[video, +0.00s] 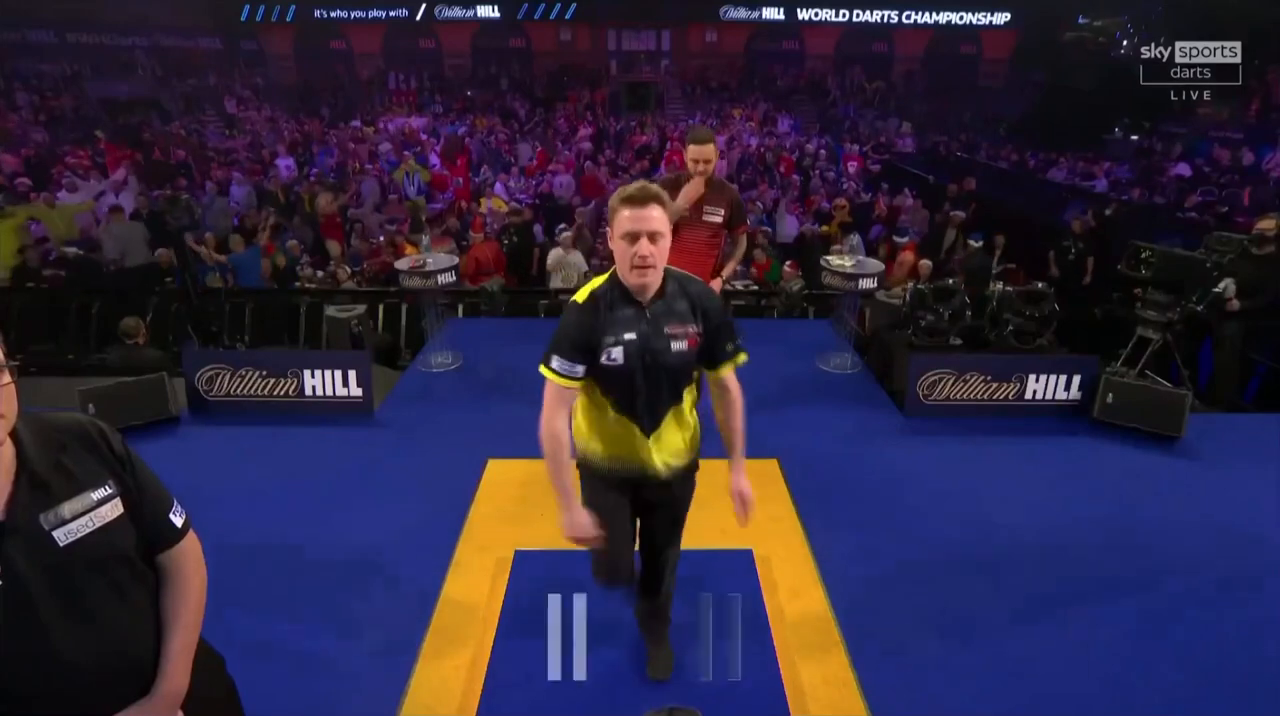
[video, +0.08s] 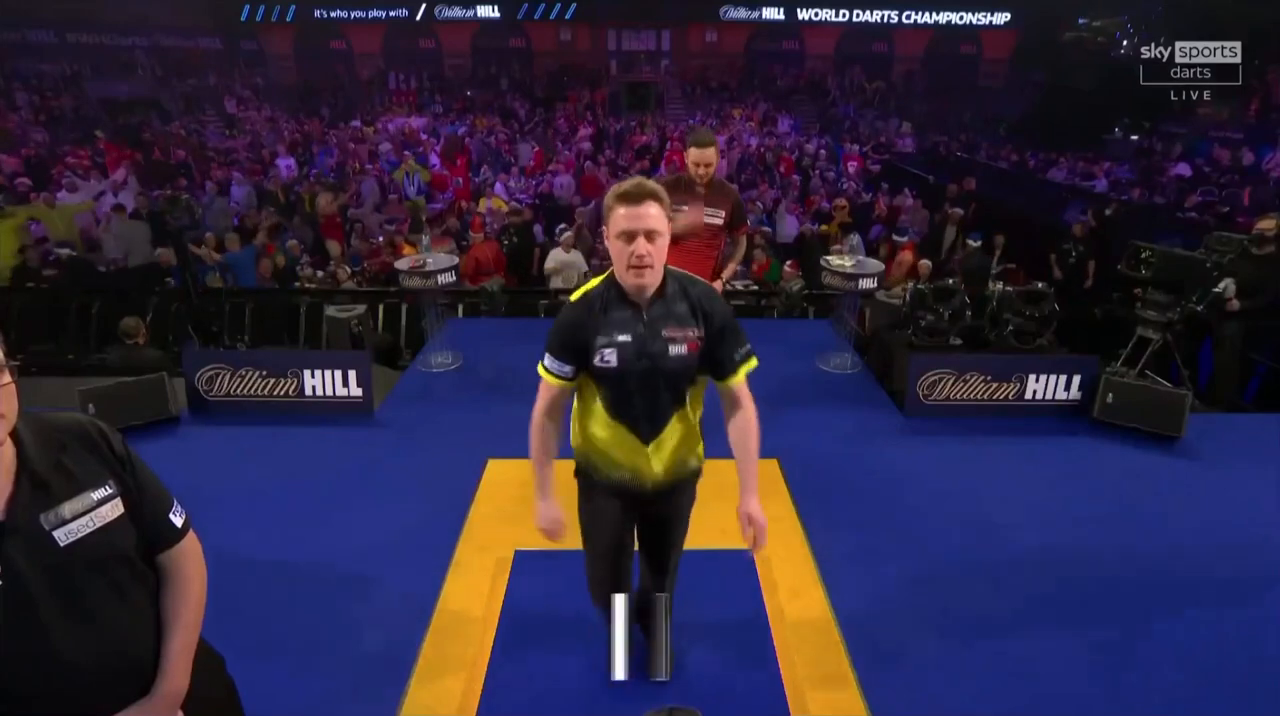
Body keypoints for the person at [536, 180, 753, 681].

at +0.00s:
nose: (643, 250)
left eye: (654, 237)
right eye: (630, 238)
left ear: (670, 241)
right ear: (610, 244)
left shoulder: (700, 301)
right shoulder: (588, 310)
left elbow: (725, 385)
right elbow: (554, 413)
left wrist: (738, 468)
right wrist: (569, 504)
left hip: (672, 457)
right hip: (605, 458)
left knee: (660, 567)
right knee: (614, 571)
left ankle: (656, 631)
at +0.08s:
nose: (640, 250)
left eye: (652, 236)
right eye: (627, 237)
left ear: (669, 239)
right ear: (606, 242)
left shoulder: (703, 306)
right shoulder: (583, 311)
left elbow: (739, 404)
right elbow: (546, 408)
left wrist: (749, 496)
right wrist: (544, 497)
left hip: (673, 475)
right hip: (604, 476)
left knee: (661, 578)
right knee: (607, 590)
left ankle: (656, 641)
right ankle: (621, 628)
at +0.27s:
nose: (629, 266)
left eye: (641, 251)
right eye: (615, 253)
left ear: (662, 252)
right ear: (594, 260)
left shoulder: (705, 327)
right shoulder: (574, 329)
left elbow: (751, 432)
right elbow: (539, 401)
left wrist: (741, 516)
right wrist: (514, 479)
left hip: (674, 505)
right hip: (600, 506)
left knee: (658, 595)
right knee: (615, 643)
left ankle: (655, 653)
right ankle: (610, 707)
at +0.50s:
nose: (603, 306)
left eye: (619, 288)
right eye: (587, 290)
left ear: (643, 291)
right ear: (563, 296)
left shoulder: (685, 375)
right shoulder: (554, 367)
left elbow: (735, 517)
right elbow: (531, 432)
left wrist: (683, 598)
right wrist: (505, 506)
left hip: (663, 555)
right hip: (576, 550)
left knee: (663, 674)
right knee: (586, 694)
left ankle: (669, 702)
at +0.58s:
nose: (597, 317)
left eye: (613, 297)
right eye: (579, 299)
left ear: (638, 298)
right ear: (553, 303)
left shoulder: (680, 387)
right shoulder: (546, 377)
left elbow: (729, 534)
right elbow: (527, 443)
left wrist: (677, 648)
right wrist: (502, 528)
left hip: (657, 614)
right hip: (565, 605)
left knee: (650, 706)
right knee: (574, 705)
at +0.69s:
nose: (590, 330)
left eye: (608, 309)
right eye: (571, 310)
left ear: (635, 308)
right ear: (543, 310)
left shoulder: (678, 406)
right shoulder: (538, 390)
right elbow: (513, 463)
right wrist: (495, 562)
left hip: (658, 639)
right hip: (559, 626)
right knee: (569, 706)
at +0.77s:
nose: (588, 345)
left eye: (607, 324)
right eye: (569, 325)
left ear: (637, 321)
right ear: (540, 322)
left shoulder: (677, 429)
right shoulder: (536, 401)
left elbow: (730, 610)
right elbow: (504, 472)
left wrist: (690, 708)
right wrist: (487, 581)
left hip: (653, 687)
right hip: (562, 672)